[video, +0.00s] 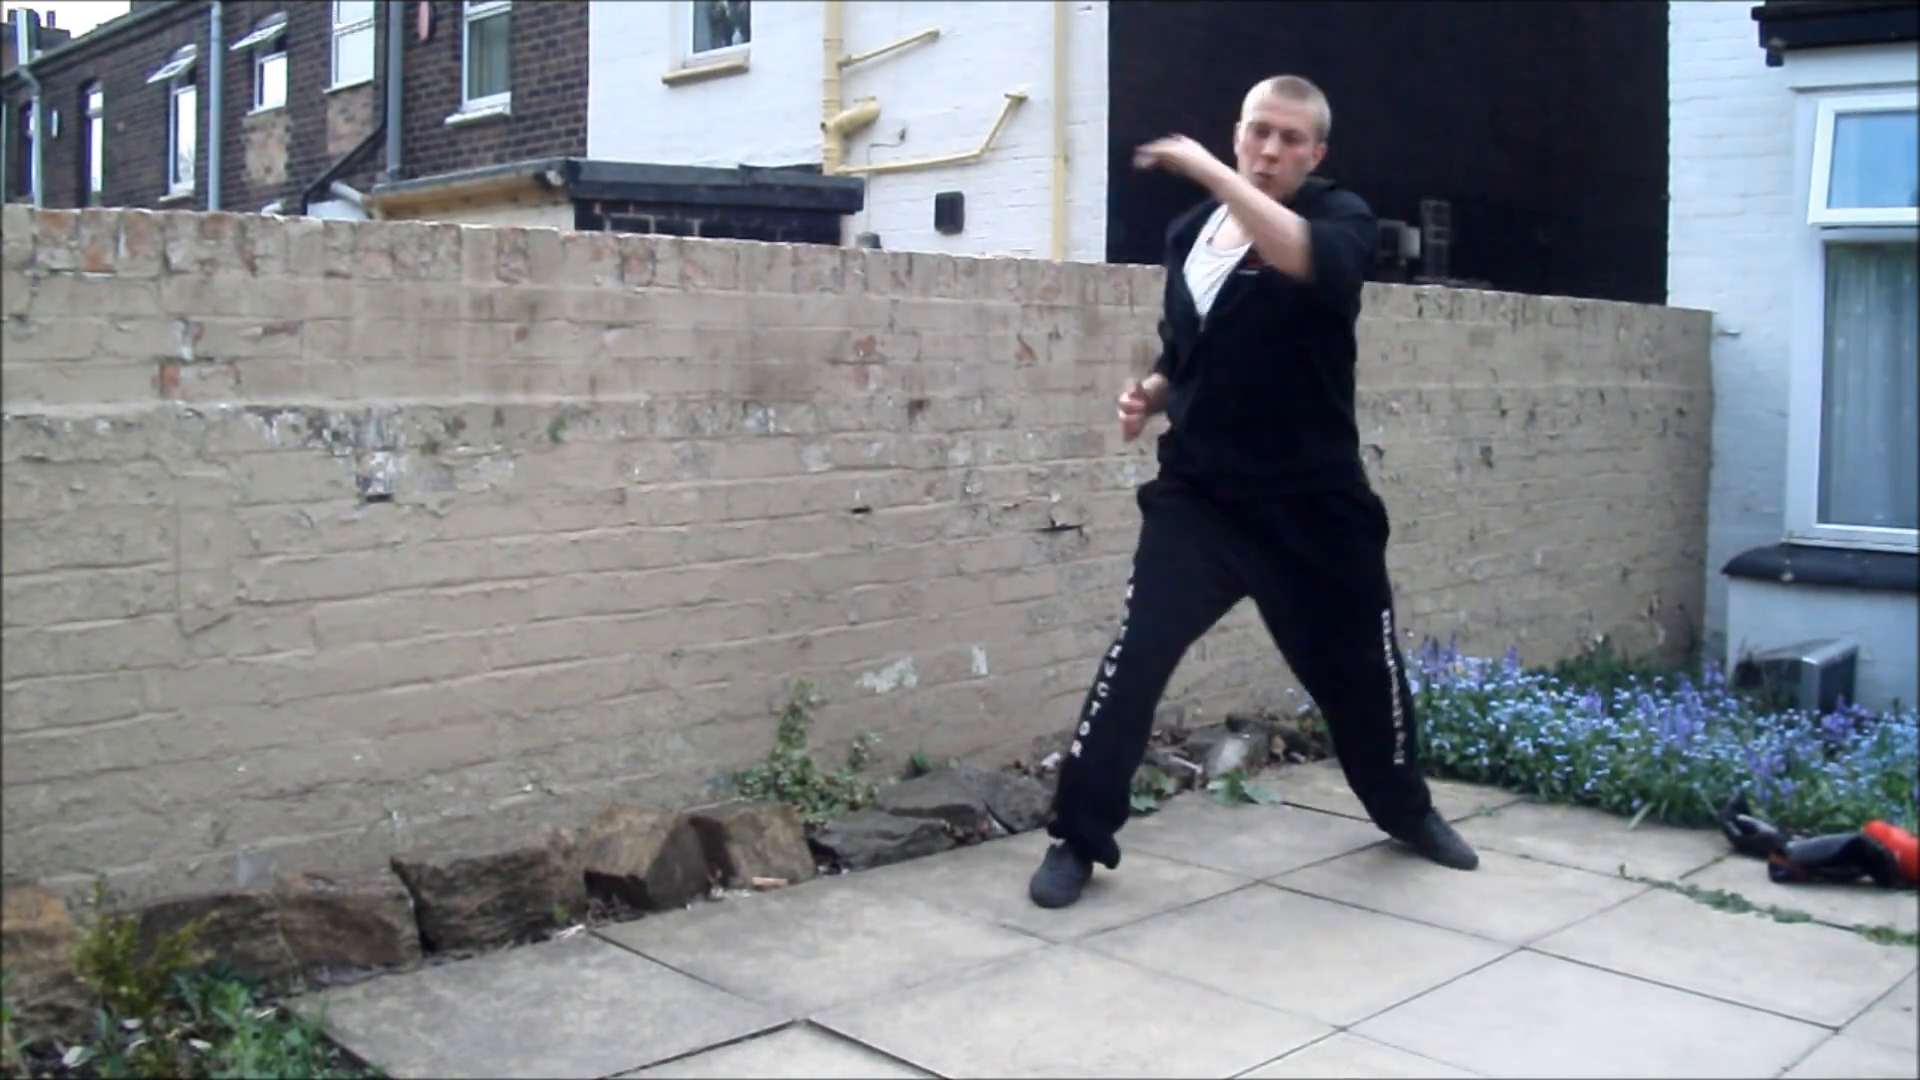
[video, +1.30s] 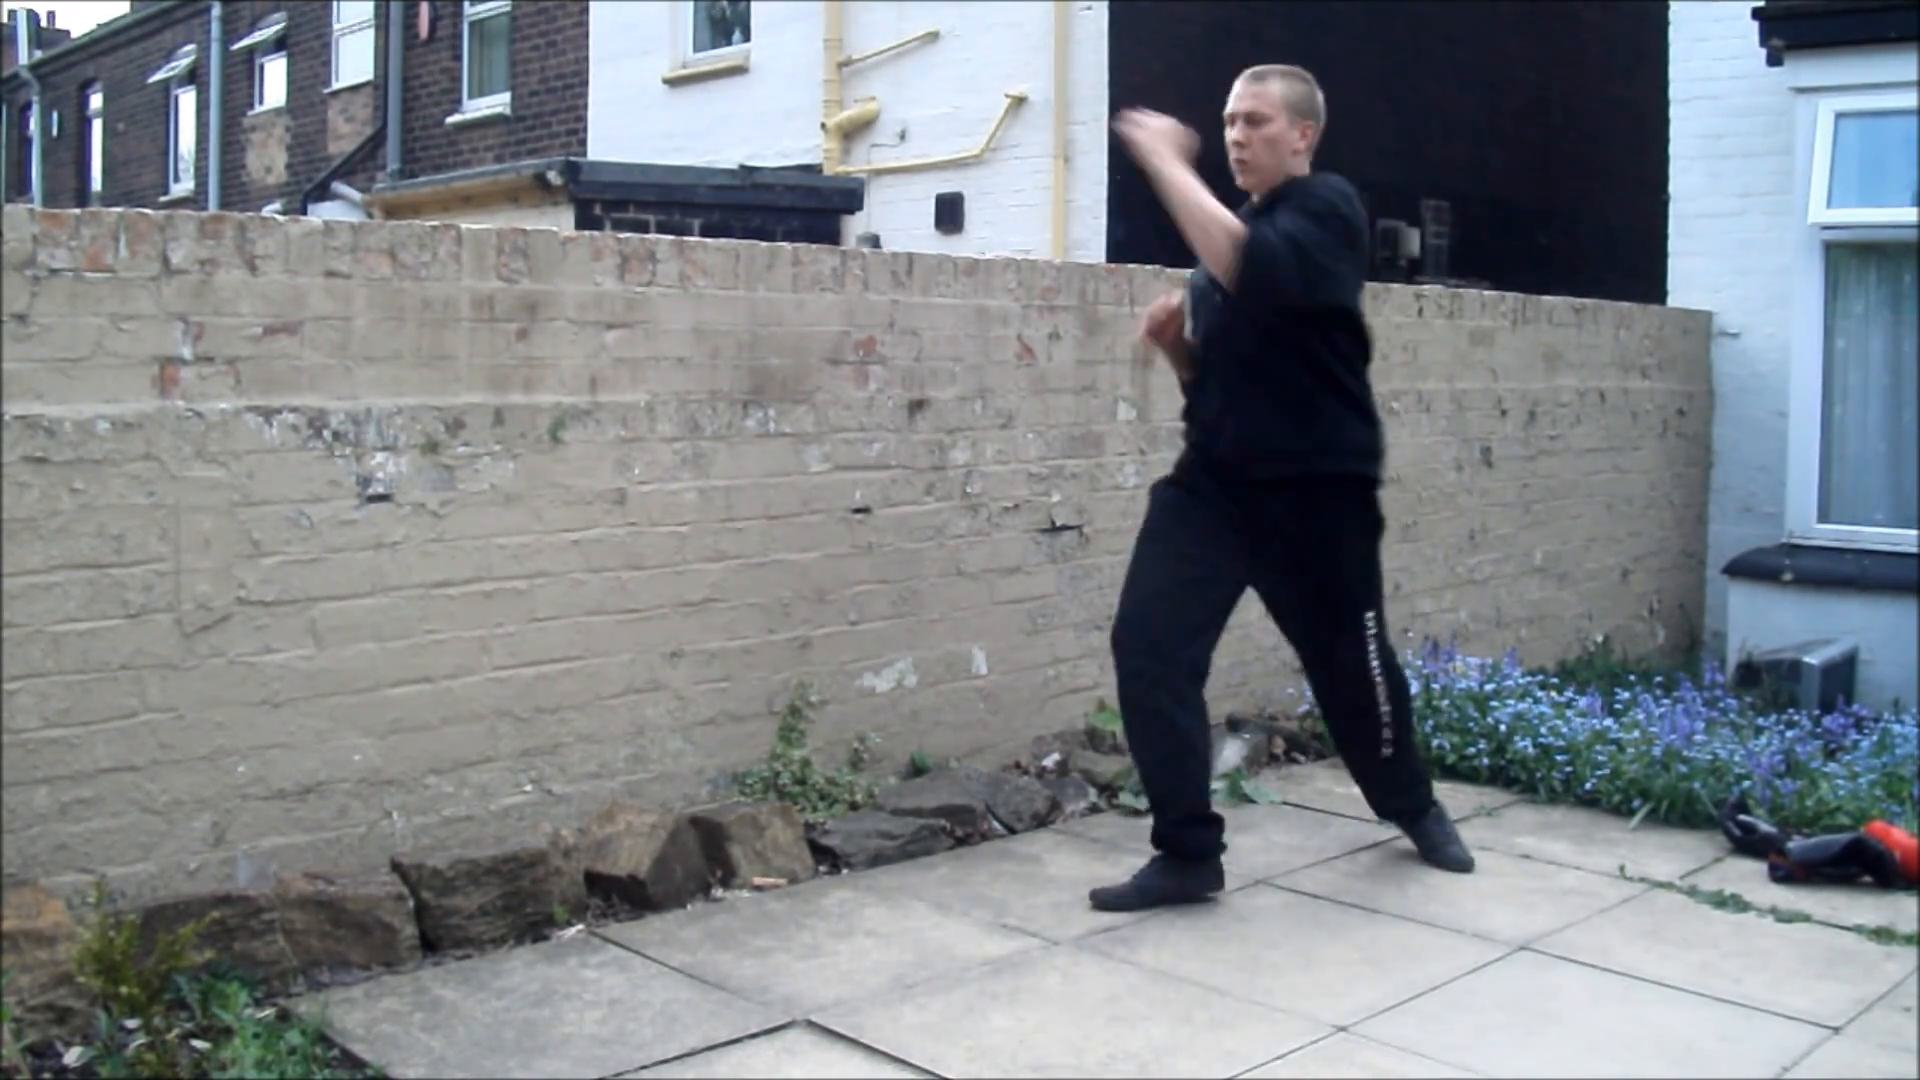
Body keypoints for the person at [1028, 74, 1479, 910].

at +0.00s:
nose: (1269, 150)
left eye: (1290, 139)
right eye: (1259, 132)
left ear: (1318, 153)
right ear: (1233, 134)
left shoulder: (1340, 216)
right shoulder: (1191, 233)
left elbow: (1315, 263)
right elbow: (1185, 348)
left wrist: (1209, 171)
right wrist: (1154, 389)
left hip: (1316, 506)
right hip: (1201, 502)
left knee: (1365, 669)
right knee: (1136, 658)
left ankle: (1406, 811)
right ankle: (1073, 840)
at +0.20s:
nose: (1414, 176)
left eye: (1419, 164)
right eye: (1404, 161)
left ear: (1413, 167)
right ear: (1358, 149)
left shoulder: (1387, 249)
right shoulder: (1279, 184)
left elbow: (1482, 287)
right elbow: (1376, 172)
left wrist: (1413, 199)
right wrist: (1466, 195)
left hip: (1335, 483)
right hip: (1243, 471)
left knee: (1396, 642)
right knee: (1192, 649)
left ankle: (1402, 820)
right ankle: (1081, 835)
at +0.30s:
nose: (1448, 219)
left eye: (1455, 204)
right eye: (1436, 199)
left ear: (1448, 206)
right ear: (1382, 187)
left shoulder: (1398, 269)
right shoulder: (1329, 247)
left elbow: (1469, 365)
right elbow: (1398, 363)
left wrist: (1462, 300)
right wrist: (1462, 378)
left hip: (1348, 509)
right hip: (1261, 503)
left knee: (1416, 647)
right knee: (1202, 663)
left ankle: (1401, 818)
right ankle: (1077, 838)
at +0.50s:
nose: (1439, 146)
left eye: (1453, 133)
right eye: (1424, 128)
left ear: (1464, 139)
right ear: (1384, 123)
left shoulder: (1458, 216)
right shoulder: (1316, 196)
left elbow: (1512, 322)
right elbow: (1257, 332)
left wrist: (1461, 236)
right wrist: (1375, 312)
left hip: (1406, 476)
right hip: (1306, 469)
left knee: (1426, 654)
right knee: (1252, 635)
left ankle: (1407, 818)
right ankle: (1159, 809)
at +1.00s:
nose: (1379, 131)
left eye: (1395, 116)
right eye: (1363, 116)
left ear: (1422, 123)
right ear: (1339, 122)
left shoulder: (1450, 209)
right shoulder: (1291, 200)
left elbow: (1476, 305)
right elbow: (1194, 311)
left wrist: (1424, 202)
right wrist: (1263, 257)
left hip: (1395, 474)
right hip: (1289, 467)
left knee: (1404, 647)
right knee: (1238, 640)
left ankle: (1404, 814)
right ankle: (1148, 824)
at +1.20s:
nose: (1279, 138)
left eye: (1298, 121)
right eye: (1269, 123)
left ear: (1344, 131)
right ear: (1260, 133)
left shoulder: (1387, 237)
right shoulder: (1234, 219)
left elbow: (1360, 370)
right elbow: (1155, 314)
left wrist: (1325, 254)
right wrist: (1174, 231)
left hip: (1355, 500)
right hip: (1242, 486)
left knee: (1378, 670)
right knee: (1170, 640)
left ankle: (1403, 819)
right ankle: (1169, 843)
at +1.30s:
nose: (1233, 136)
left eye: (1253, 122)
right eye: (1229, 125)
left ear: (1303, 134)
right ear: (1228, 137)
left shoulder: (1330, 206)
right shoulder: (1233, 237)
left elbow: (1248, 263)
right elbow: (1220, 388)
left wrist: (1169, 165)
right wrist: (1178, 349)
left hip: (1315, 488)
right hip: (1213, 485)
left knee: (1352, 660)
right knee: (1149, 648)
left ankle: (1412, 805)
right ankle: (1187, 855)